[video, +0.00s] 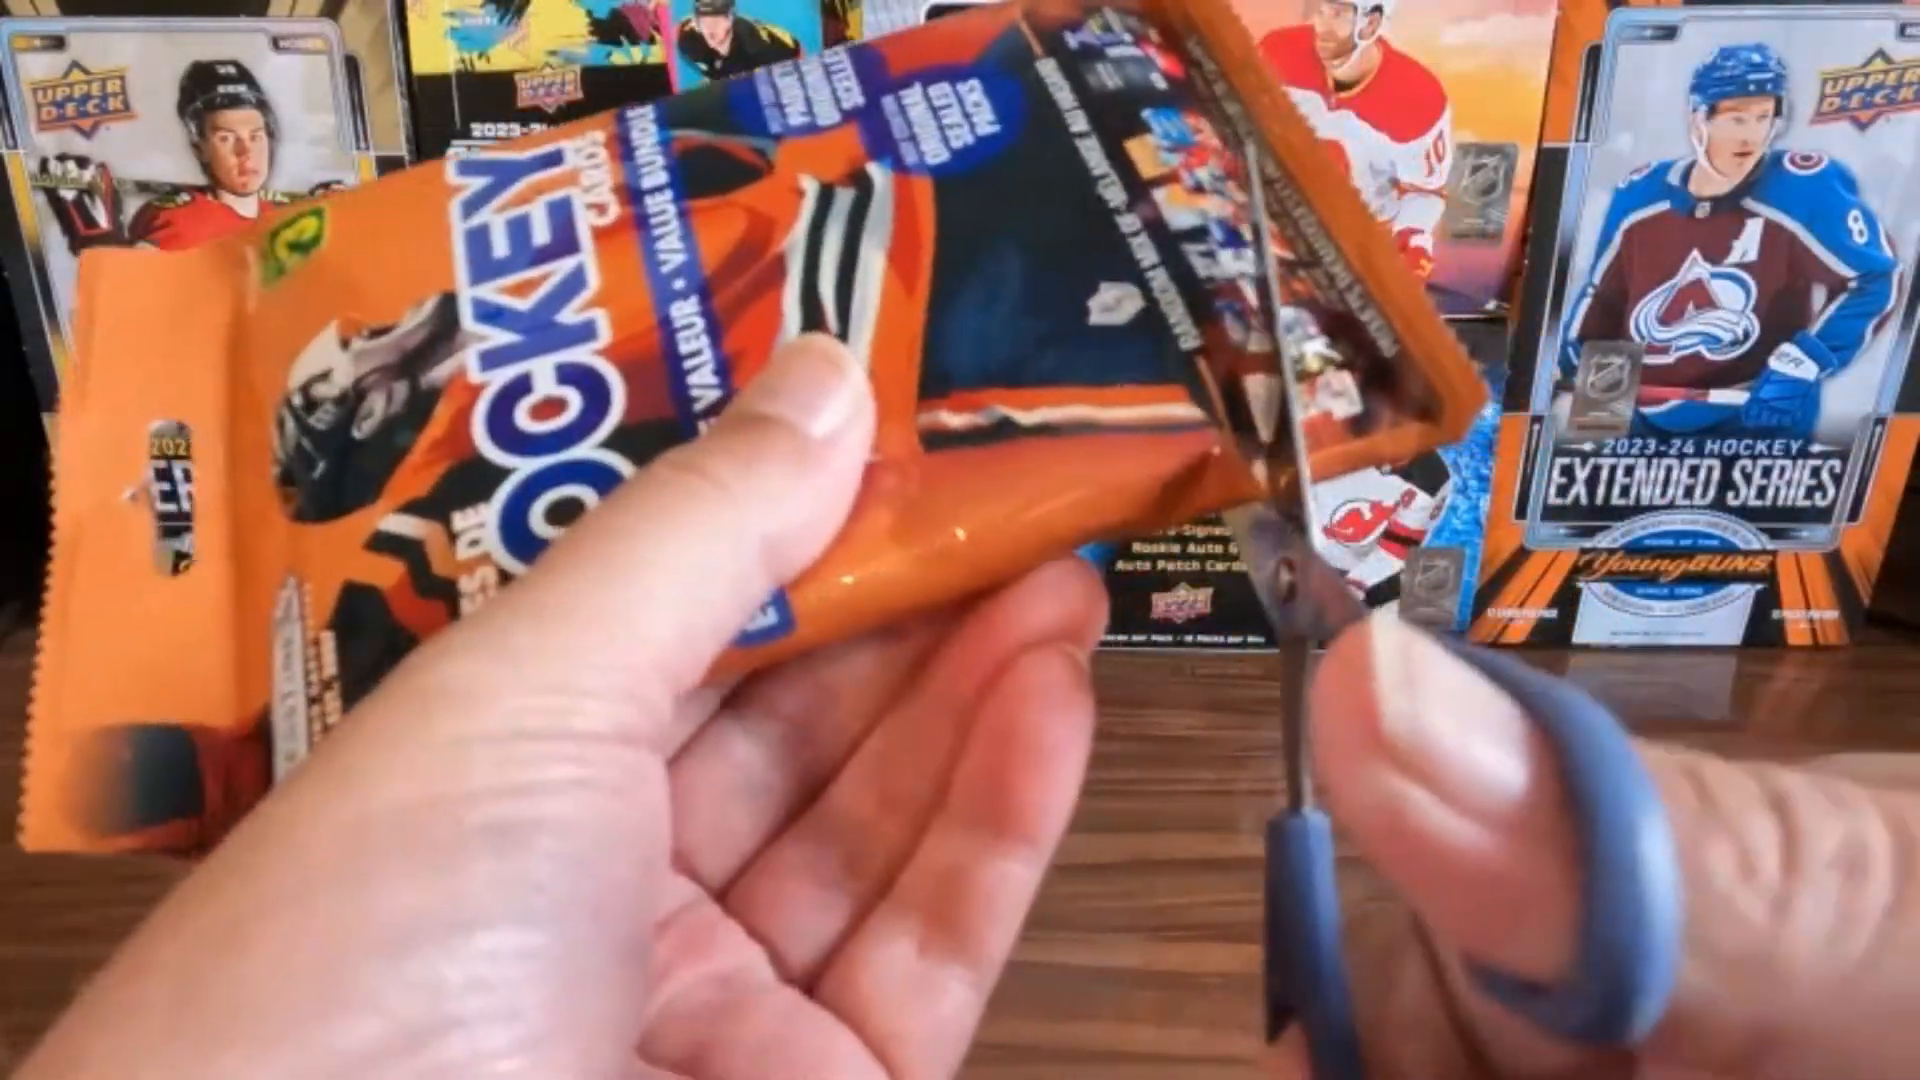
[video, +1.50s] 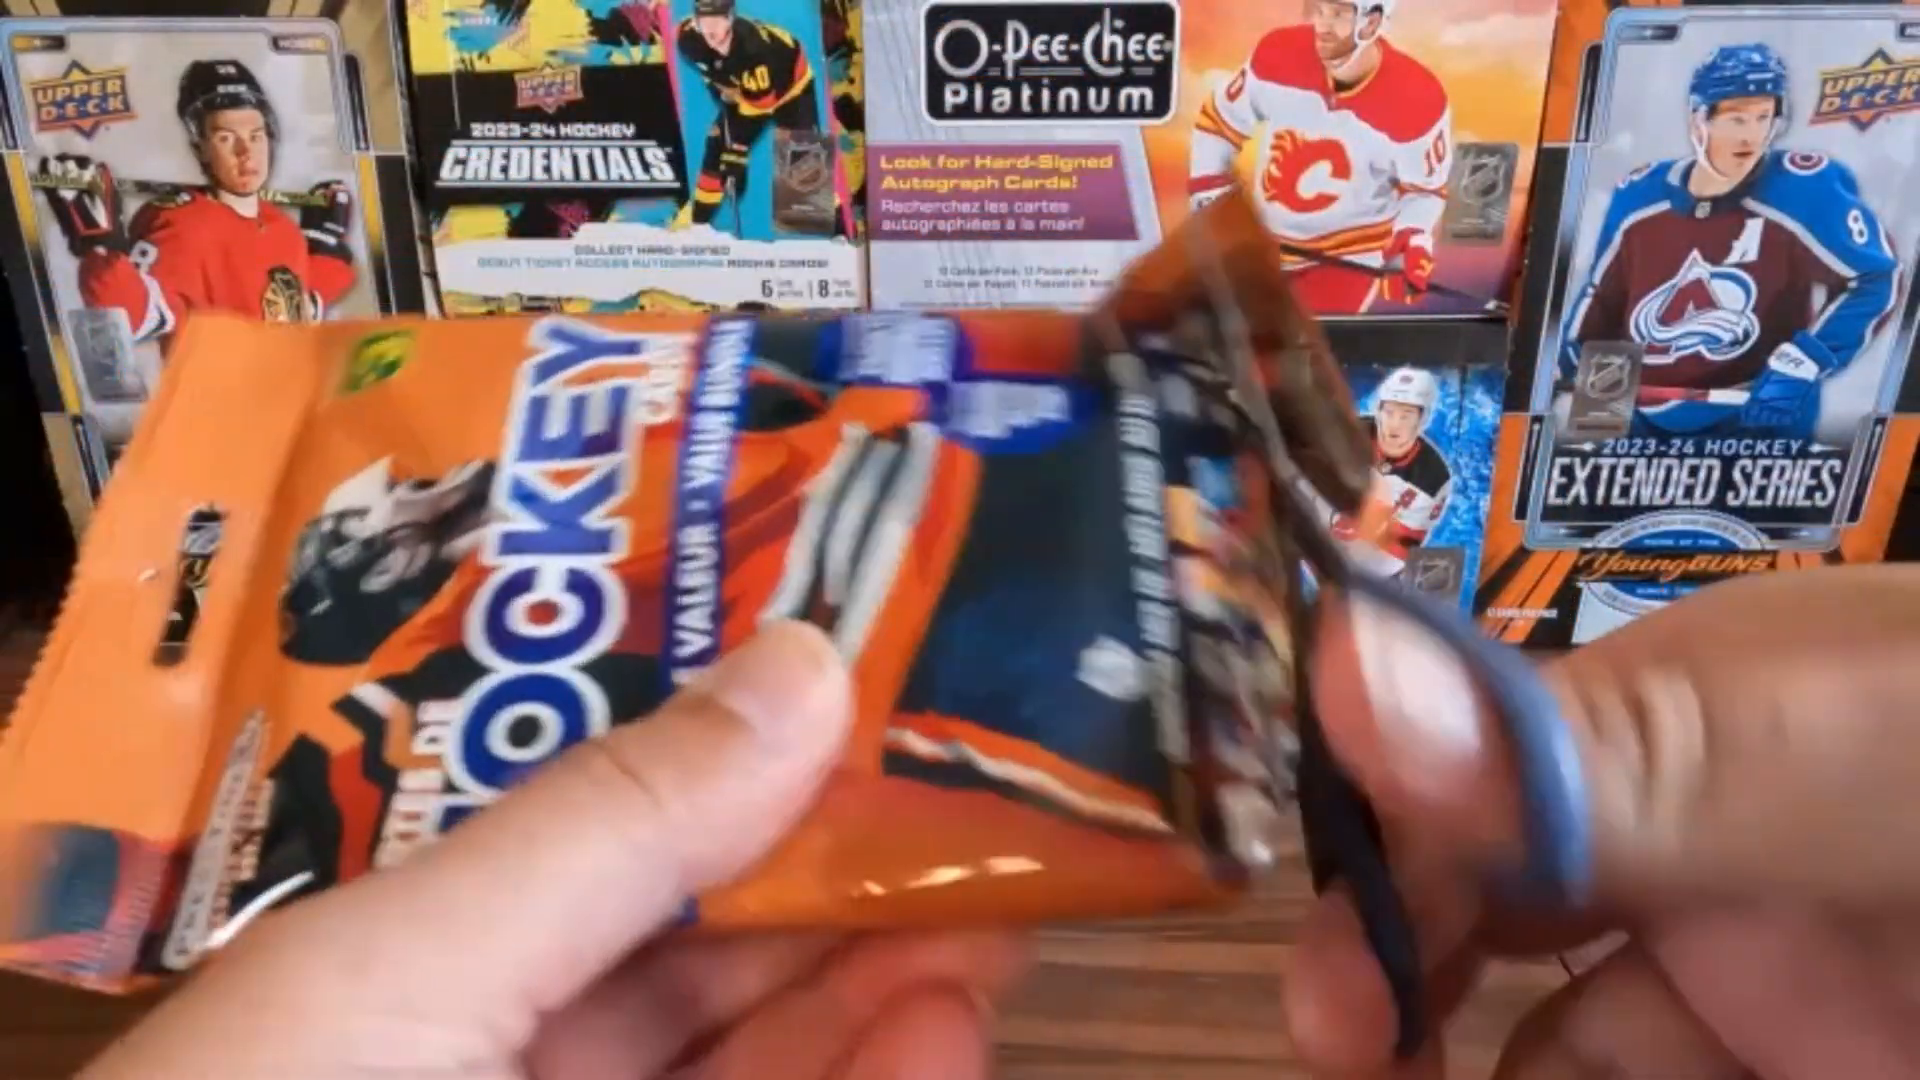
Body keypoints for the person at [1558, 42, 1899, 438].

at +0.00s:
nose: (1749, 135)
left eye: (1762, 118)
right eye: (1735, 118)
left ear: (1775, 123)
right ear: (1698, 123)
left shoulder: (1805, 192)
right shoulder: (1638, 197)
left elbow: (1879, 280)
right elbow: (1599, 297)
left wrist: (1802, 365)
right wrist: (1576, 369)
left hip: (1744, 427)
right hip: (1637, 421)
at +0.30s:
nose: (1750, 135)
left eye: (1762, 118)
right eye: (1735, 118)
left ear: (1775, 123)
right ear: (1698, 123)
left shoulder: (1805, 192)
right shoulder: (1638, 198)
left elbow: (1878, 280)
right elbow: (1599, 296)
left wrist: (1801, 366)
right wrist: (1575, 366)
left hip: (1745, 427)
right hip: (1638, 422)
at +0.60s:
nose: (1750, 135)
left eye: (1762, 118)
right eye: (1735, 119)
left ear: (1775, 123)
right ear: (1698, 123)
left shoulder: (1807, 191)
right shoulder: (1638, 197)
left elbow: (1878, 280)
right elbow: (1600, 296)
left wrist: (1802, 365)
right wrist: (1577, 366)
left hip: (1744, 427)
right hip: (1637, 422)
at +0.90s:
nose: (1750, 135)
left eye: (1762, 119)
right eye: (1735, 119)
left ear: (1775, 123)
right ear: (1698, 124)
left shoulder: (1805, 192)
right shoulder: (1638, 197)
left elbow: (1879, 280)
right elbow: (1599, 296)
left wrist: (1802, 364)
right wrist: (1579, 367)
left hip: (1742, 426)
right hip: (1636, 421)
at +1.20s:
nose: (1750, 135)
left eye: (1762, 118)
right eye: (1735, 119)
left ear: (1775, 123)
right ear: (1698, 124)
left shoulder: (1806, 192)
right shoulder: (1638, 197)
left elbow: (1879, 280)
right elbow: (1598, 296)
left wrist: (1802, 364)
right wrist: (1574, 365)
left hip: (1744, 427)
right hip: (1637, 421)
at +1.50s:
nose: (1749, 135)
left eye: (1762, 118)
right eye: (1735, 119)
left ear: (1775, 123)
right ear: (1698, 124)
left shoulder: (1805, 192)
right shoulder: (1638, 197)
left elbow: (1879, 280)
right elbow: (1598, 295)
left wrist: (1801, 365)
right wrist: (1577, 364)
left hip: (1743, 426)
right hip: (1637, 421)